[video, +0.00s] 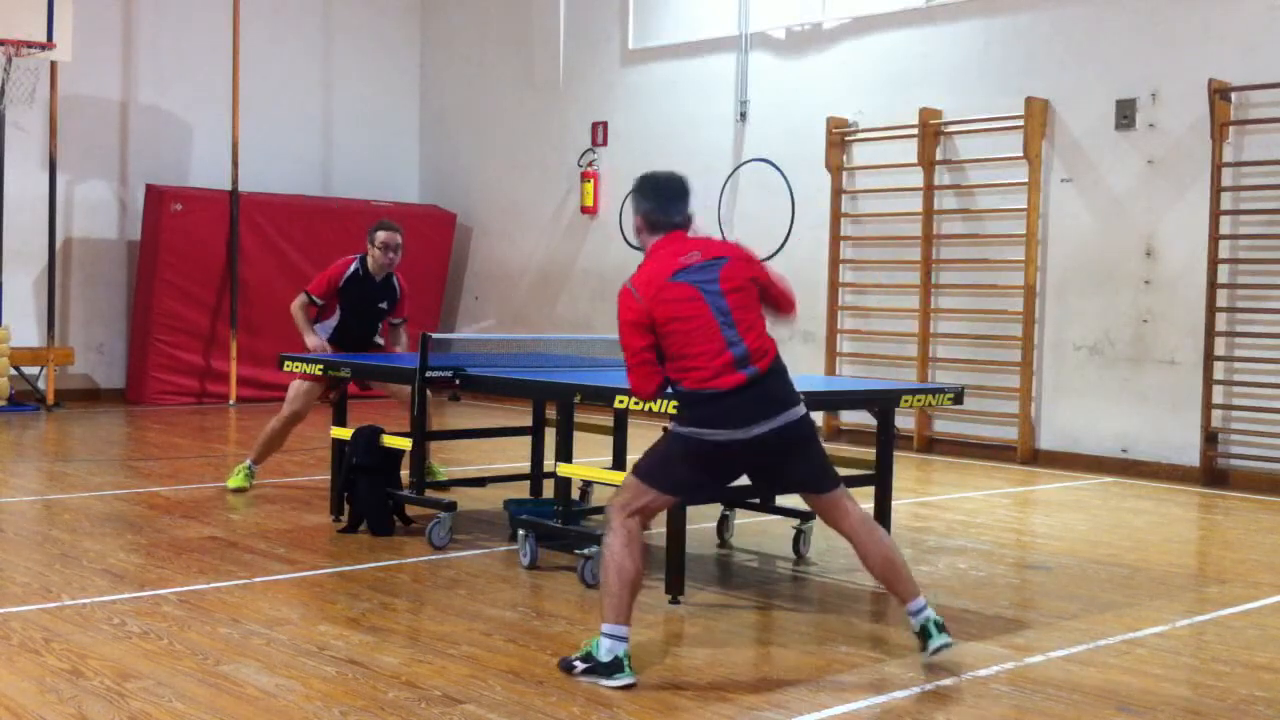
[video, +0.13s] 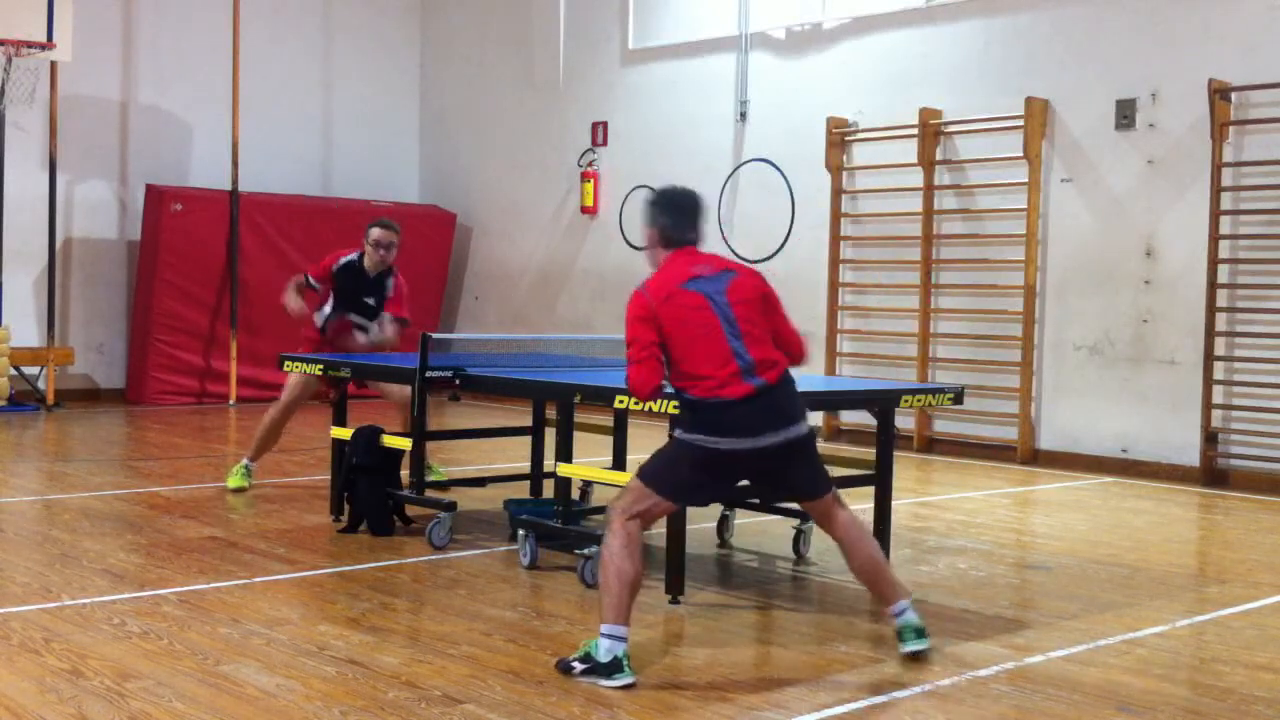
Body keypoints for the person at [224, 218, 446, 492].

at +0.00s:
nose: (391, 255)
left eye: (396, 250)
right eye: (385, 248)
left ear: (401, 253)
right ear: (370, 248)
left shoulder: (396, 287)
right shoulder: (344, 270)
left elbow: (397, 330)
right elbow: (299, 305)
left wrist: (399, 360)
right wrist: (309, 335)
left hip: (367, 353)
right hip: (328, 350)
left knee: (418, 395)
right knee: (292, 412)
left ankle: (422, 465)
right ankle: (248, 468)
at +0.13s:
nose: (382, 252)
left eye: (389, 247)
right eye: (376, 245)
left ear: (397, 249)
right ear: (365, 243)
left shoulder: (395, 284)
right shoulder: (340, 264)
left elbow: (393, 335)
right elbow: (294, 286)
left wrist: (364, 341)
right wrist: (294, 301)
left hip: (367, 354)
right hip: (323, 348)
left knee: (408, 396)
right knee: (288, 400)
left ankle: (421, 464)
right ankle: (246, 465)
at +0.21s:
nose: (370, 246)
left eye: (377, 240)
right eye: (363, 239)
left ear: (386, 242)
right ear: (352, 238)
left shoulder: (384, 275)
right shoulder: (335, 256)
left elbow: (375, 324)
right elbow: (300, 265)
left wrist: (355, 323)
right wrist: (274, 270)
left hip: (364, 344)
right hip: (322, 336)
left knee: (397, 402)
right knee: (280, 390)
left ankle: (420, 462)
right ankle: (244, 464)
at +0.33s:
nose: (344, 236)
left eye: (351, 230)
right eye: (338, 229)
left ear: (359, 233)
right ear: (326, 230)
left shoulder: (365, 266)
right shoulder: (314, 252)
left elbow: (365, 325)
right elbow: (294, 261)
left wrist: (341, 323)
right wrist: (258, 271)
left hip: (358, 346)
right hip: (316, 339)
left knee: (388, 403)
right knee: (267, 387)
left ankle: (424, 462)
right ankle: (241, 464)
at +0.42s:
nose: (327, 237)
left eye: (332, 231)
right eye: (320, 230)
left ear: (339, 233)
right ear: (306, 231)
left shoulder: (349, 266)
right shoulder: (296, 257)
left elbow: (357, 325)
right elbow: (277, 270)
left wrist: (322, 330)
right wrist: (244, 284)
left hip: (349, 346)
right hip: (306, 344)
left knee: (382, 401)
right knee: (254, 391)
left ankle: (424, 462)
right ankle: (244, 466)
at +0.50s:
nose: (307, 238)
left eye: (313, 232)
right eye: (301, 231)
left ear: (320, 234)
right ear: (287, 232)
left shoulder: (329, 265)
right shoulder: (274, 261)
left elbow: (346, 320)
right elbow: (247, 281)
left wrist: (318, 336)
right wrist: (220, 302)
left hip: (327, 343)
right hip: (284, 340)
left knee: (368, 401)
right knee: (244, 395)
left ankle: (421, 462)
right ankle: (242, 466)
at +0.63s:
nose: (294, 230)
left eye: (299, 224)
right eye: (287, 224)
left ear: (305, 227)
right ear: (270, 226)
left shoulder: (312, 260)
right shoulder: (251, 254)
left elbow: (330, 306)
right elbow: (216, 283)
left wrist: (321, 330)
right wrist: (197, 315)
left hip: (300, 335)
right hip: (258, 333)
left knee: (347, 392)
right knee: (232, 392)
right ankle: (235, 462)